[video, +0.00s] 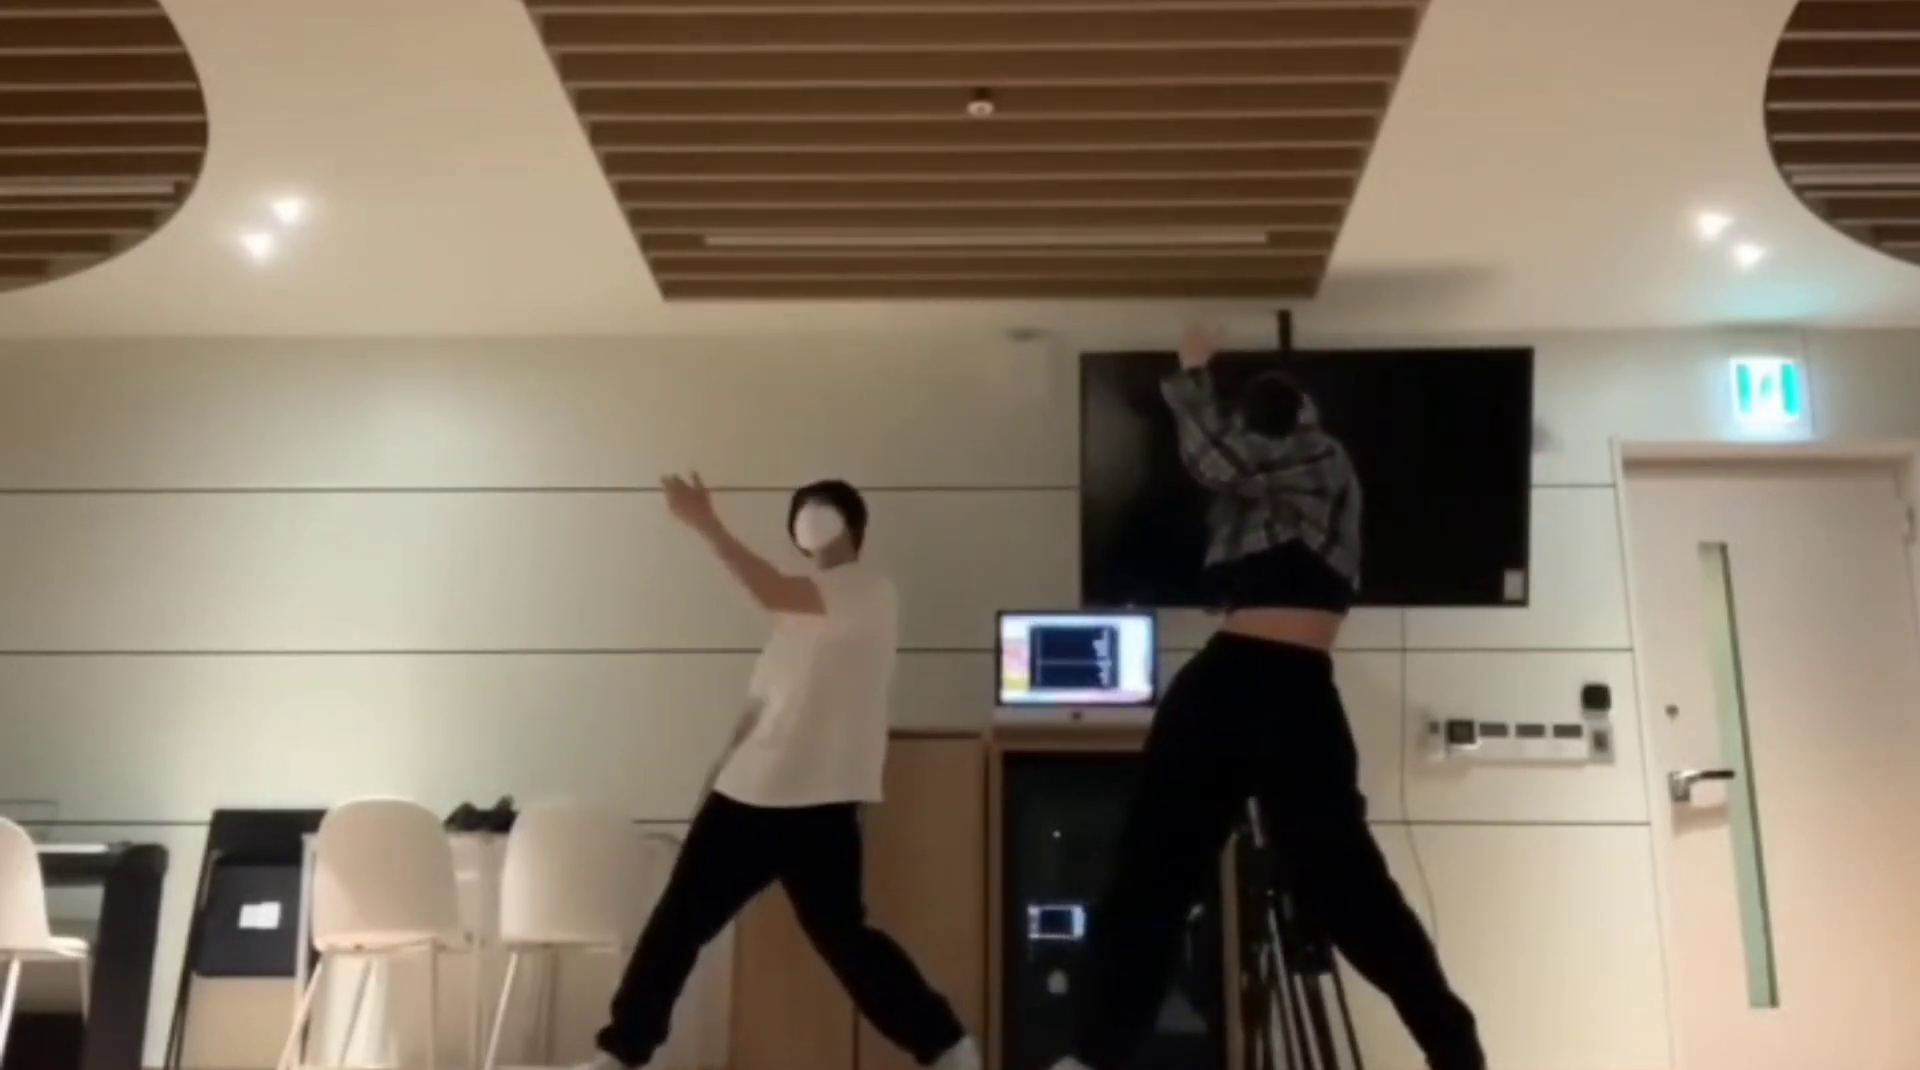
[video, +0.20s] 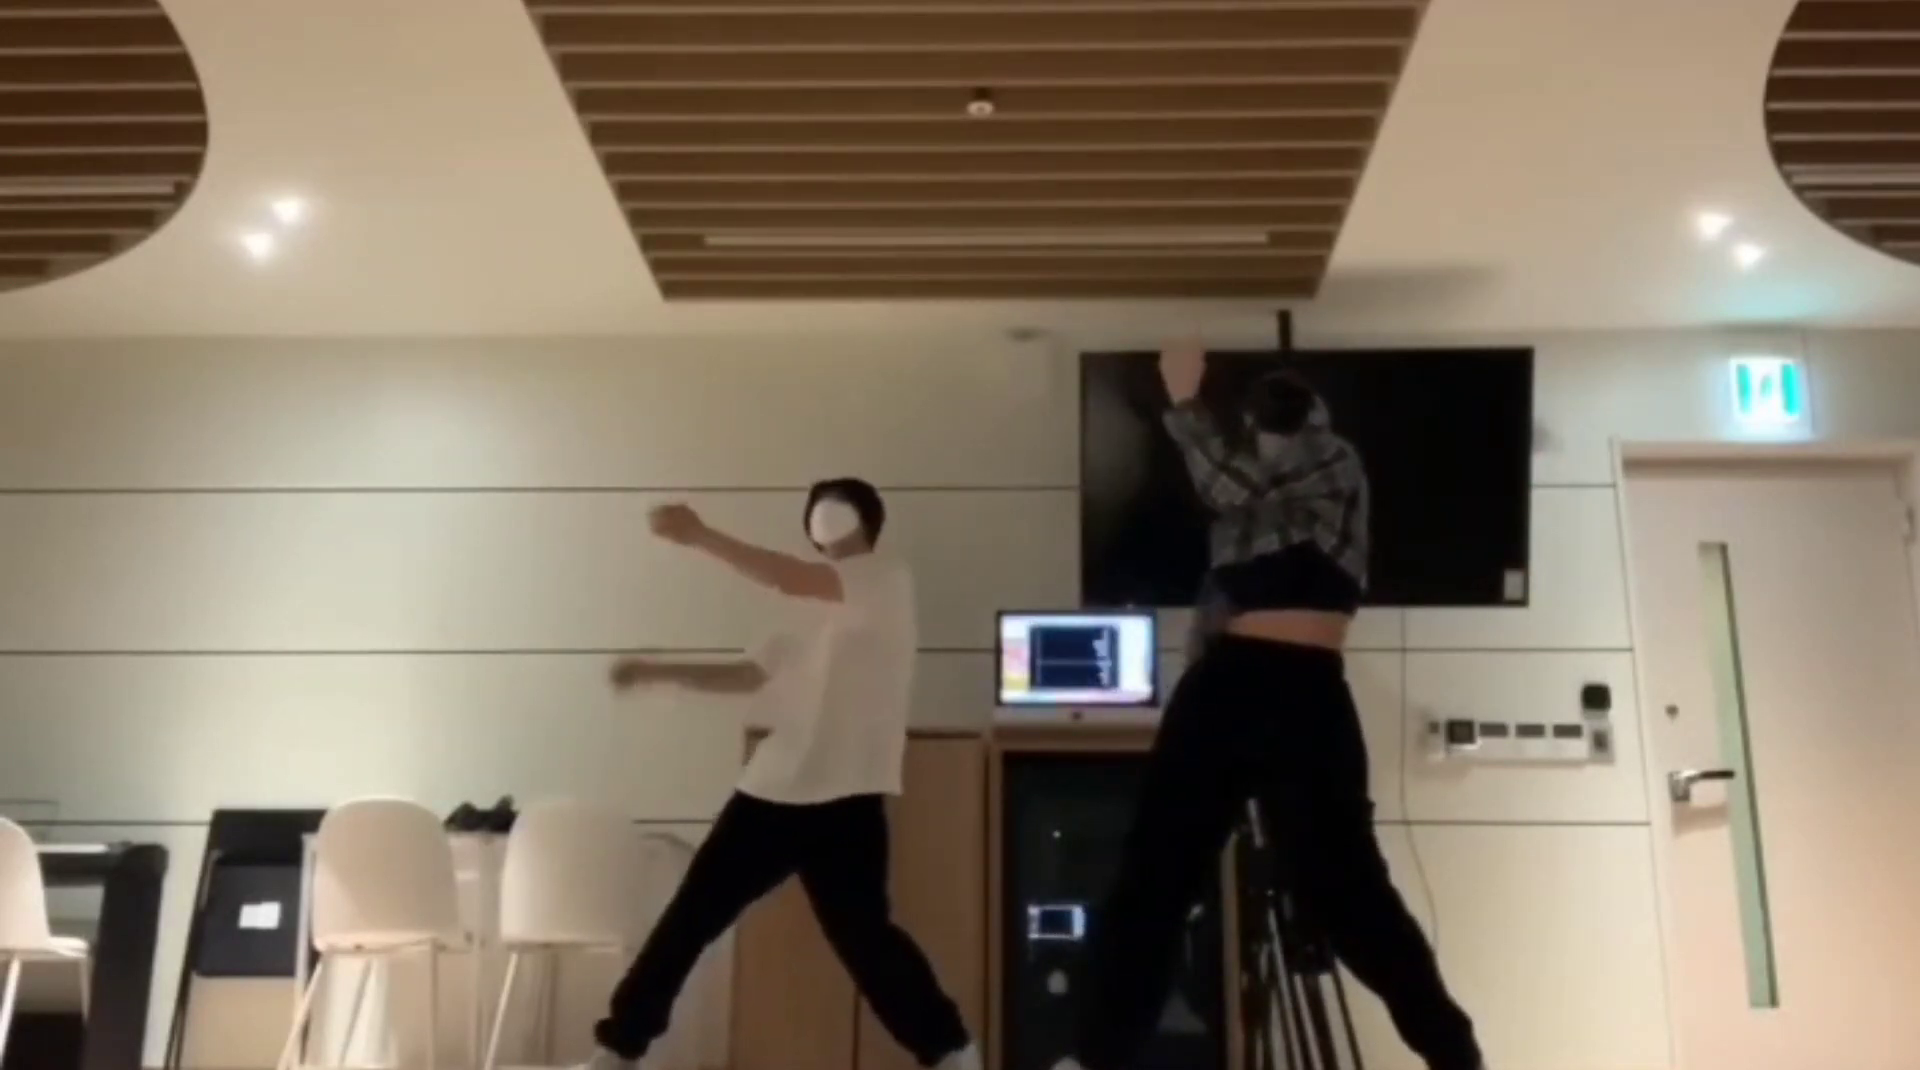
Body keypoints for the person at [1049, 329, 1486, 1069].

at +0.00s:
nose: (1241, 434)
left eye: (1243, 423)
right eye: (1243, 425)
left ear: (1250, 419)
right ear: (1301, 412)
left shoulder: (1261, 462)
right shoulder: (1333, 463)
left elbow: (1212, 460)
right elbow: (1237, 448)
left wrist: (1191, 381)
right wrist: (1208, 389)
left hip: (1232, 677)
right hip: (1303, 683)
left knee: (1156, 863)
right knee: (1342, 874)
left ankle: (1099, 1048)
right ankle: (1453, 1045)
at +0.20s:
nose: (1256, 441)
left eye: (1260, 427)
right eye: (1255, 429)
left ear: (1270, 421)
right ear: (1310, 415)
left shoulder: (1333, 460)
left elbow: (1229, 491)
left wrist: (1185, 405)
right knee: (1347, 888)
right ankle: (1452, 1047)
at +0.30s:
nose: (1264, 402)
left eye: (1267, 391)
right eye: (1266, 392)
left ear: (1281, 388)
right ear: (1329, 380)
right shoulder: (1272, 455)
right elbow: (1280, 557)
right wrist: (1200, 535)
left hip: (1326, 660)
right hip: (1279, 661)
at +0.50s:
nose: (1288, 388)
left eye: (1298, 372)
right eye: (1280, 374)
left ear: (1324, 374)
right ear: (1264, 375)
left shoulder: (1360, 432)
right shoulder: (1243, 454)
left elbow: (1410, 364)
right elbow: (1157, 495)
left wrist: (1318, 388)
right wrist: (1183, 467)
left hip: (1348, 637)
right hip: (1267, 646)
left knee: (1395, 836)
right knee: (1267, 852)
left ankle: (1448, 1034)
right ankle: (1292, 1041)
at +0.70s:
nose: (1278, 378)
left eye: (1285, 364)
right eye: (1270, 365)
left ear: (1290, 369)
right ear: (1264, 375)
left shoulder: (1352, 434)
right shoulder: (1232, 450)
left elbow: (1443, 388)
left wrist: (1351, 398)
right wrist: (1187, 484)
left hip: (1336, 644)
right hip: (1253, 652)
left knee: (1387, 846)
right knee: (1276, 856)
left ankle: (1450, 1047)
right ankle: (1291, 1044)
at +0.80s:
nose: (1264, 408)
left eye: (1277, 390)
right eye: (1252, 392)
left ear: (1305, 381)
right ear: (1237, 389)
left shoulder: (1349, 442)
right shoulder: (1231, 462)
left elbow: (1413, 514)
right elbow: (1207, 562)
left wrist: (1356, 574)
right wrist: (1171, 632)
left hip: (1323, 657)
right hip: (1248, 663)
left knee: (1325, 863)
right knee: (1264, 867)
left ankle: (1423, 1007)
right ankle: (1291, 1046)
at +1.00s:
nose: (1257, 470)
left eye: (1272, 454)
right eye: (1247, 452)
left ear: (1299, 437)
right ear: (1236, 440)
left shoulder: (1341, 494)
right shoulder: (1215, 509)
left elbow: (1420, 564)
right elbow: (1195, 606)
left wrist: (1329, 605)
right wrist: (1214, 628)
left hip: (1324, 686)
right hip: (1235, 695)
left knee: (1179, 654)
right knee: (1234, 826)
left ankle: (1224, 822)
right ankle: (1281, 1043)